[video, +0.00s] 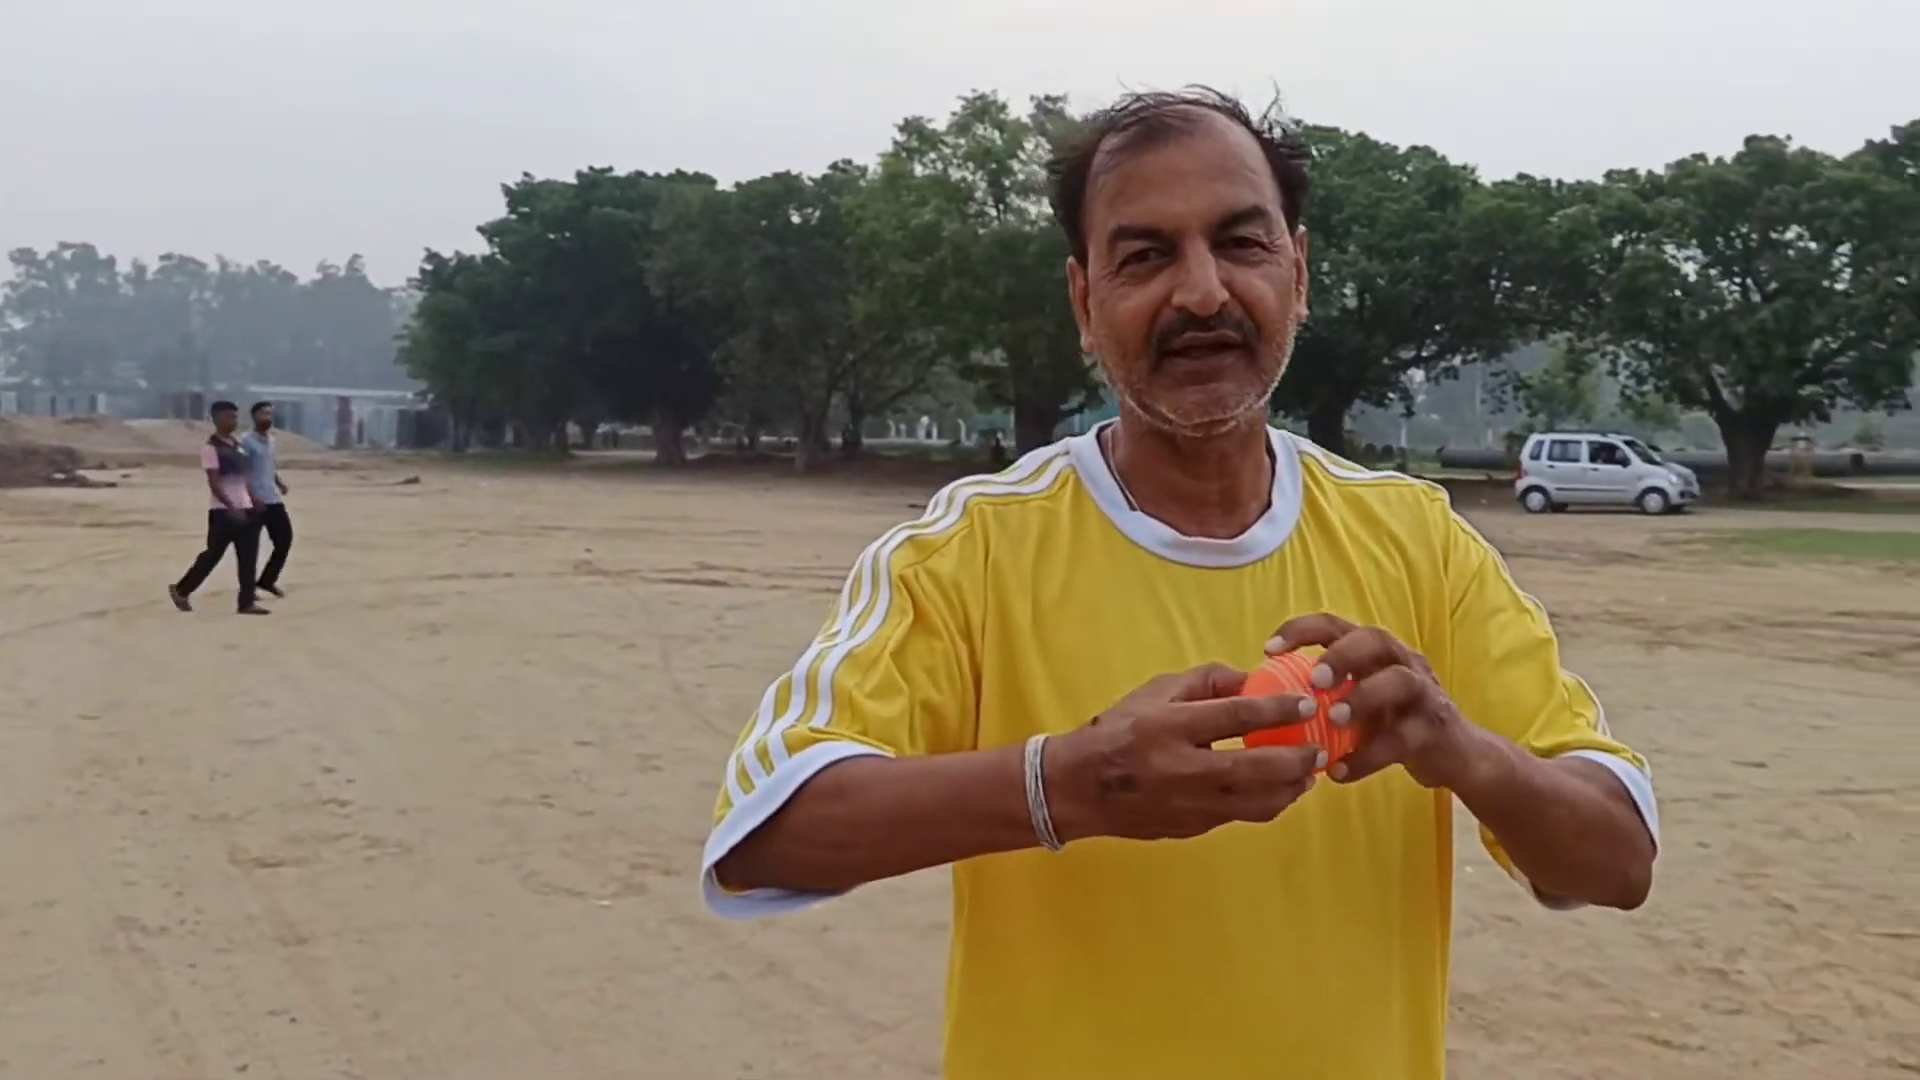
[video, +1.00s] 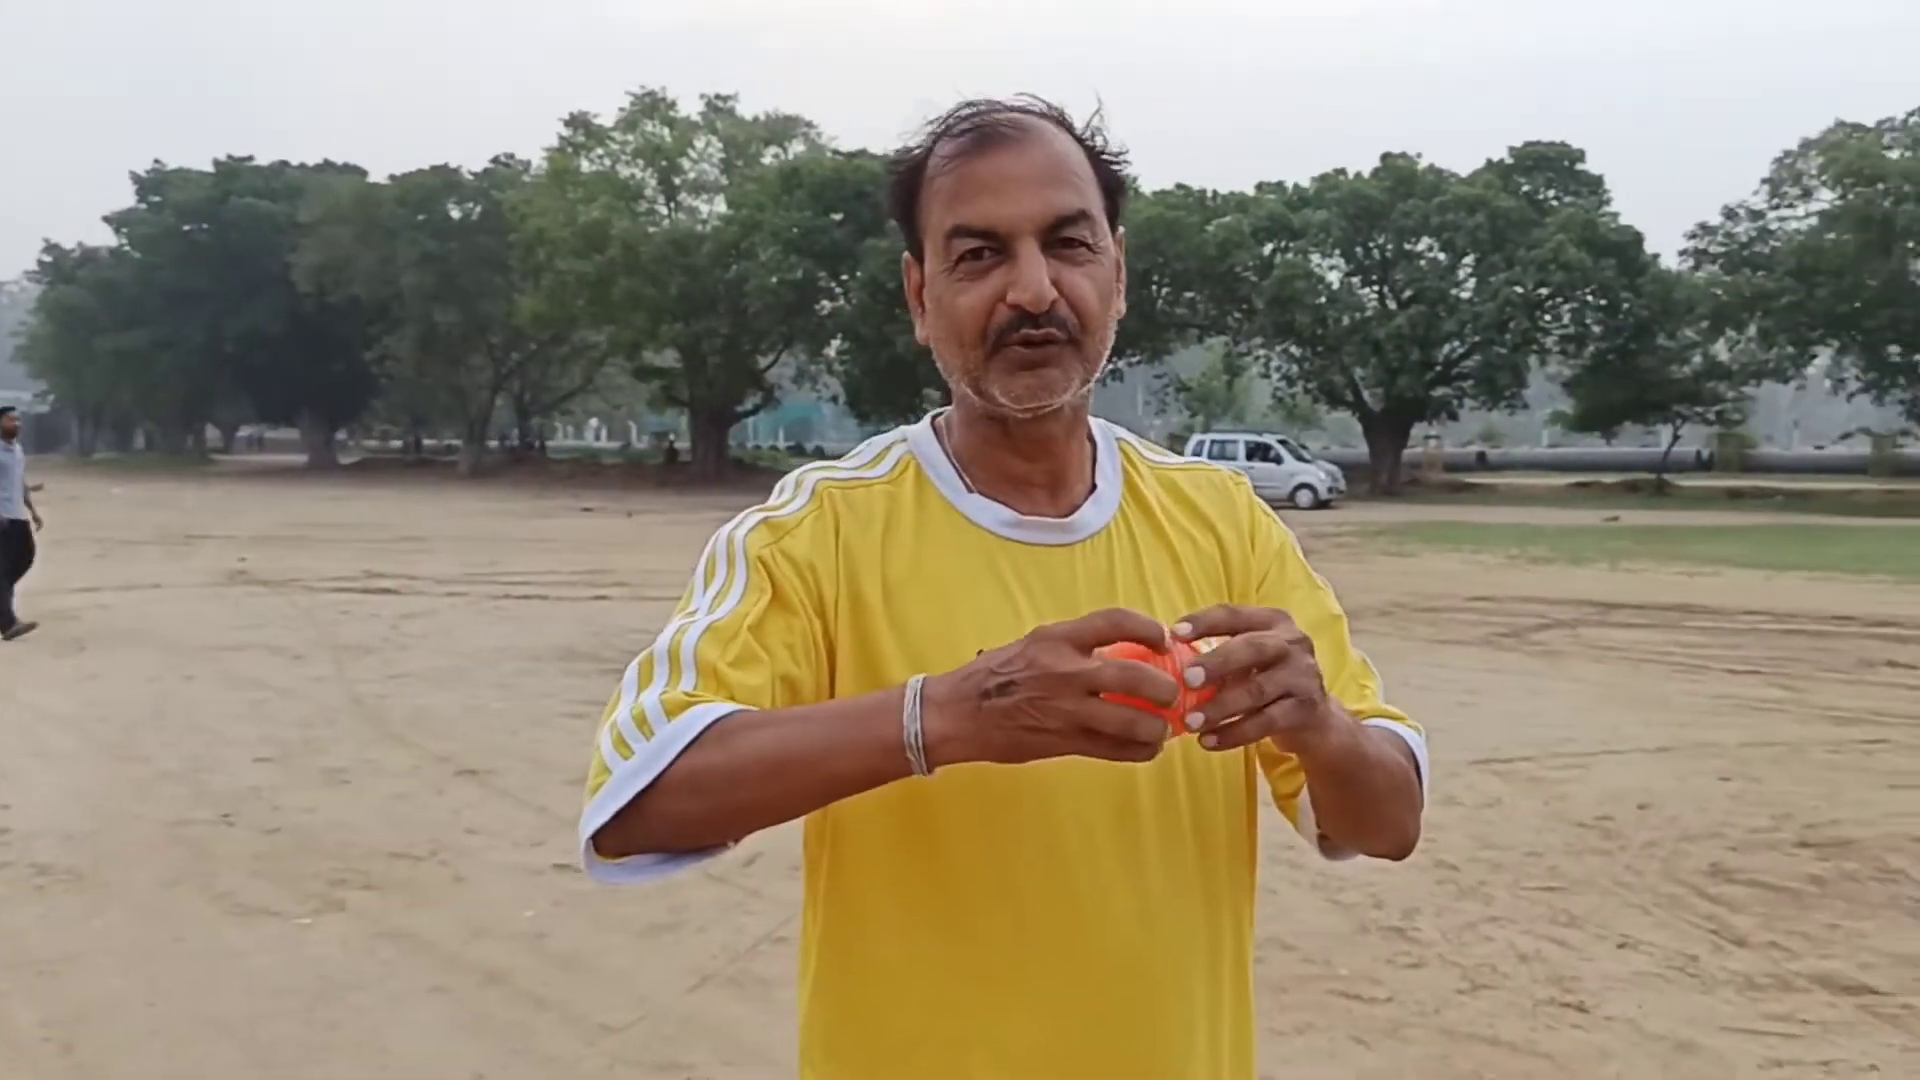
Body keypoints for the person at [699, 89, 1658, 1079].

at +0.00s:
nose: (1201, 291)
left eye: (1240, 242)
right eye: (1144, 255)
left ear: (1299, 276)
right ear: (1085, 304)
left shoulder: (1417, 543)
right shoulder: (970, 554)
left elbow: (1620, 865)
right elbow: (764, 829)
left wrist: (1461, 755)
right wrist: (1062, 788)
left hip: (1364, 1052)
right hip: (1054, 1052)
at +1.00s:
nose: (1033, 289)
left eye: (1067, 243)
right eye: (980, 254)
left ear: (1118, 273)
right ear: (919, 300)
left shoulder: (1227, 525)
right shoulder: (815, 534)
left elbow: (1388, 826)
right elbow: (640, 796)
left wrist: (1323, 734)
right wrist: (947, 718)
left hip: (1183, 1052)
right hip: (900, 1052)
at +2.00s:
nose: (890, 320)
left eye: (926, 274)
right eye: (840, 280)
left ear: (969, 290)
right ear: (773, 301)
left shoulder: (1066, 531)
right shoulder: (658, 539)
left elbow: (1222, 820)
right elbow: (457, 785)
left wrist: (1153, 758)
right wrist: (762, 740)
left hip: (1027, 1056)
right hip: (742, 1056)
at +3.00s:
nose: (828, 319)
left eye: (863, 271)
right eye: (777, 283)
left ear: (920, 284)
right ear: (725, 310)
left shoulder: (1038, 522)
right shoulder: (623, 535)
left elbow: (1201, 797)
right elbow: (414, 789)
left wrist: (1075, 749)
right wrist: (673, 737)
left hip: (994, 1053)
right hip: (712, 1053)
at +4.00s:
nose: (902, 319)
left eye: (934, 275)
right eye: (851, 288)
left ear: (983, 300)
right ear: (797, 329)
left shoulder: (1113, 521)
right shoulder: (711, 562)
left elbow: (1273, 805)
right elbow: (527, 838)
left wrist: (1164, 702)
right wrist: (777, 718)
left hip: (1106, 1051)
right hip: (824, 1053)